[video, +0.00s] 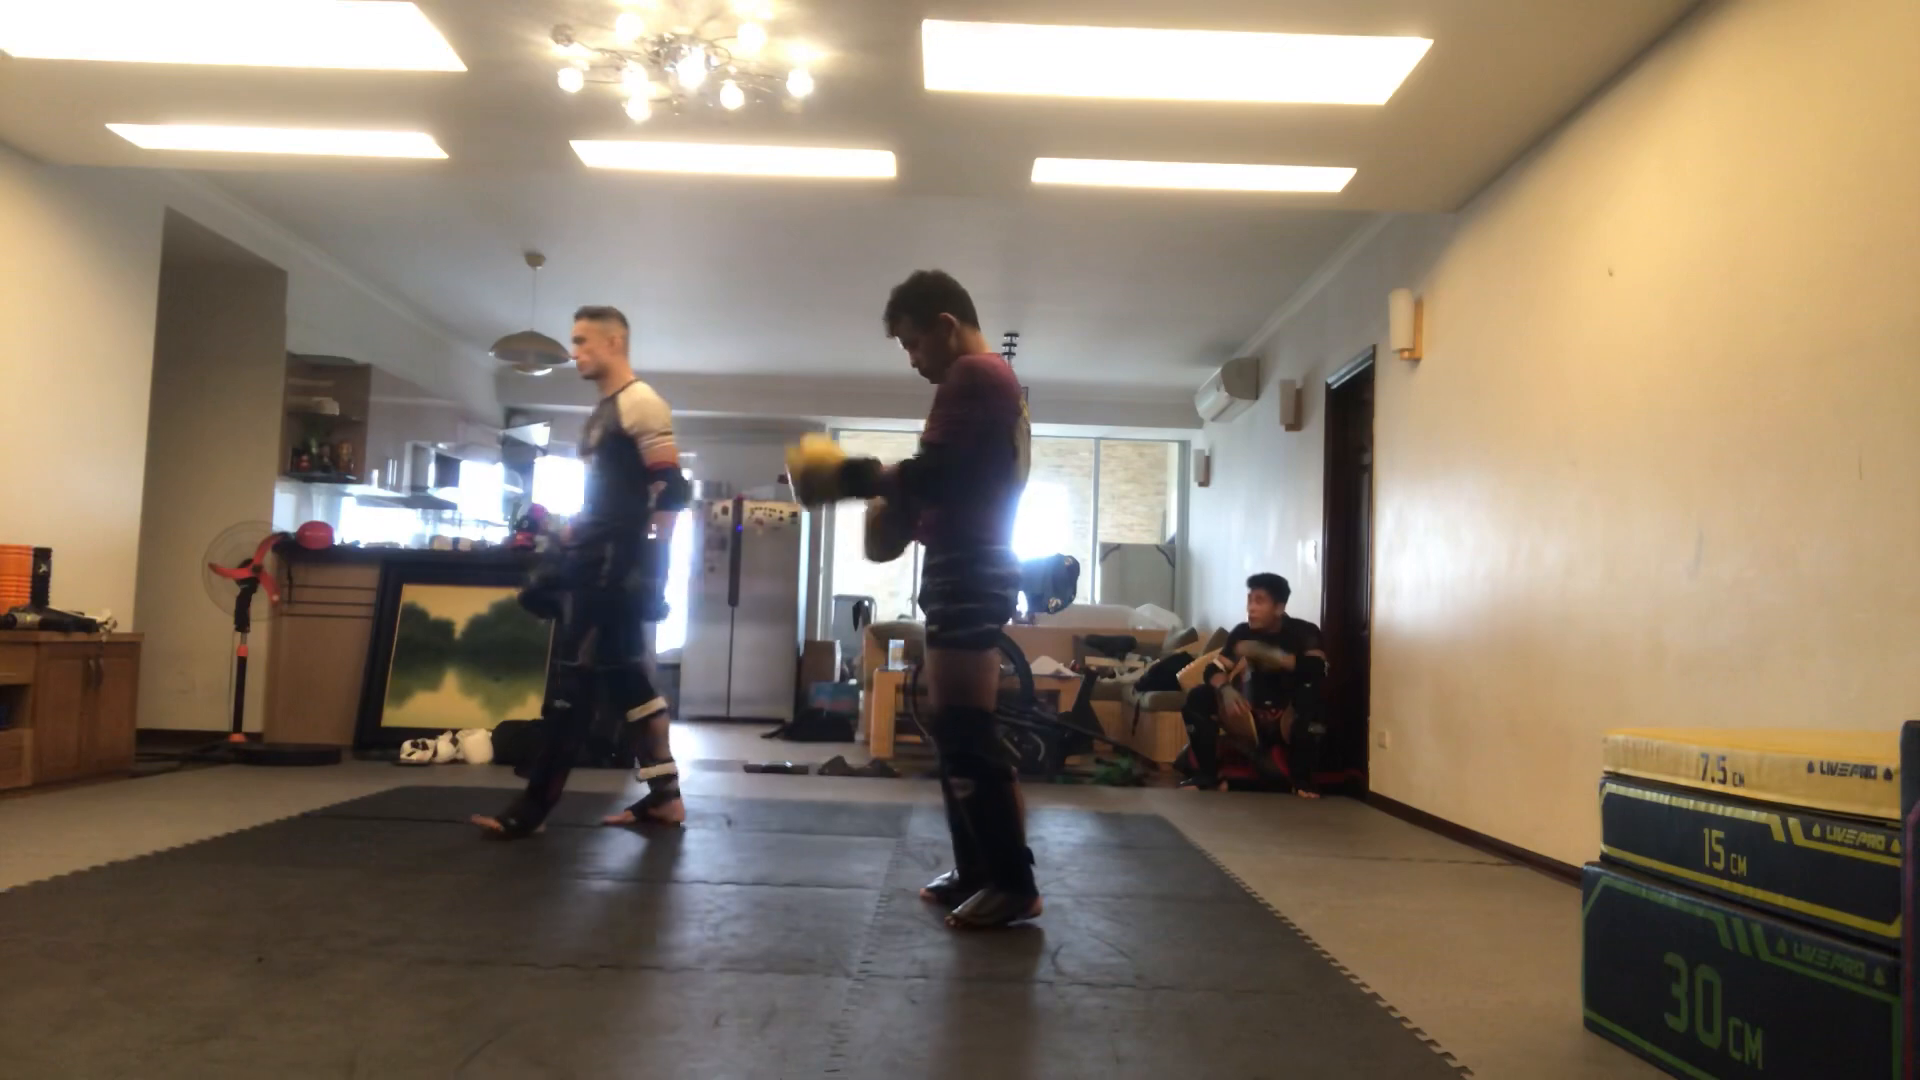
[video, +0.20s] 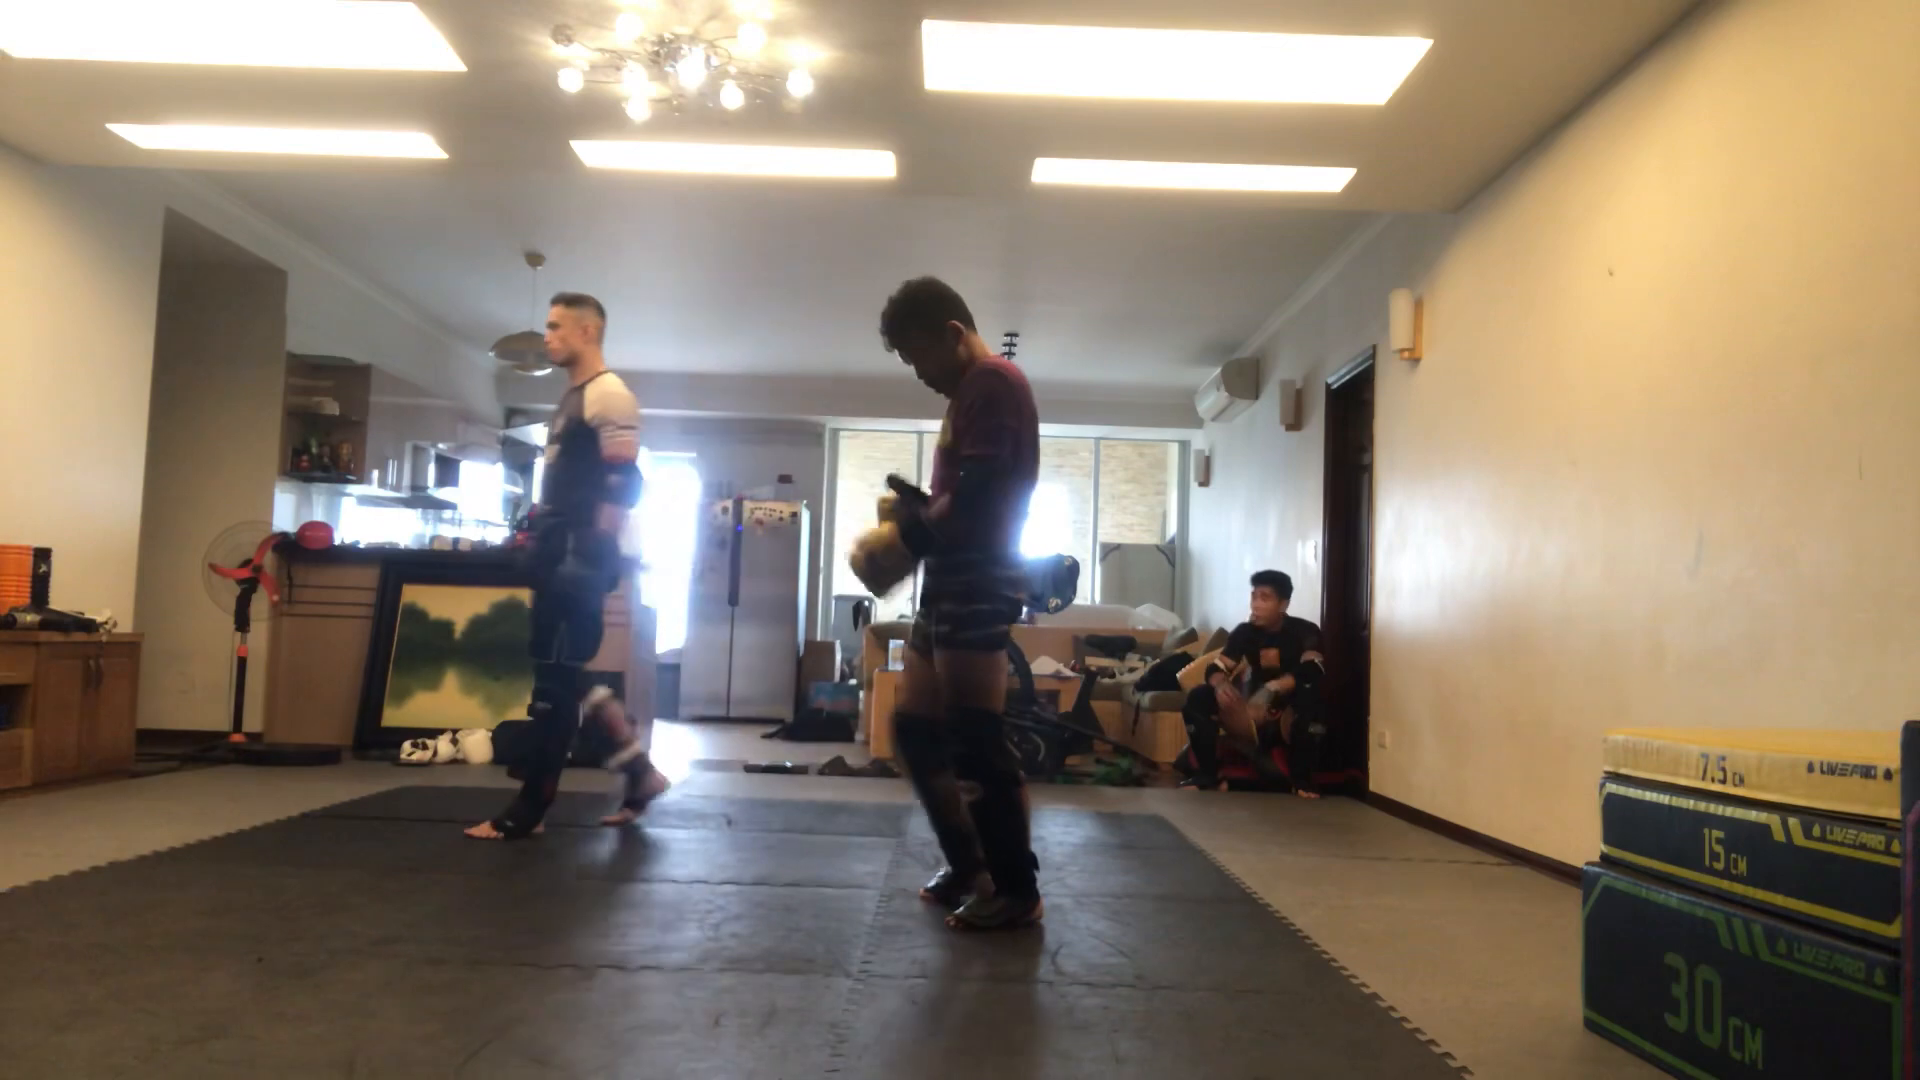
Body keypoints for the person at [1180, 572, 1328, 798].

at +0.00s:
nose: (1250, 608)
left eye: (1259, 601)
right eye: (1250, 601)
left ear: (1279, 607)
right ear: (1247, 602)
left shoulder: (1304, 632)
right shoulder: (1241, 634)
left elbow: (1317, 668)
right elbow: (1215, 671)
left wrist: (1276, 658)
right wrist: (1226, 690)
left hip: (1287, 720)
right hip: (1245, 720)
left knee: (1311, 697)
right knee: (1198, 698)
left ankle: (1303, 781)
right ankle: (1207, 776)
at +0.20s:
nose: (1255, 605)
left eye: (1264, 599)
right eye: (1254, 598)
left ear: (1283, 604)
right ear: (1251, 599)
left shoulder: (1305, 631)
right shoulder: (1244, 632)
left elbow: (1312, 669)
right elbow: (1216, 669)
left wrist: (1269, 690)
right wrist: (1220, 684)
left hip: (1287, 719)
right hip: (1247, 718)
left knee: (1310, 698)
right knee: (1199, 697)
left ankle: (1302, 781)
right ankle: (1207, 777)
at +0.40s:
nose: (1276, 612)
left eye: (1282, 605)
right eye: (1269, 605)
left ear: (1290, 605)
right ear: (1256, 607)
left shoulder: (1306, 631)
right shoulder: (1245, 633)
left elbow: (1306, 671)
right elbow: (1218, 668)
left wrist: (1265, 699)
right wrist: (1222, 685)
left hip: (1291, 704)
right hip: (1249, 702)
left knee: (1312, 708)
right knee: (1198, 698)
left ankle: (1302, 781)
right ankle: (1208, 776)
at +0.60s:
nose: (1280, 614)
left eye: (1286, 606)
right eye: (1273, 606)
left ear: (1294, 605)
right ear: (1258, 606)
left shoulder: (1307, 632)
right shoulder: (1246, 632)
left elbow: (1298, 677)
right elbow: (1218, 670)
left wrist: (1264, 707)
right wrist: (1242, 675)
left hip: (1288, 703)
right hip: (1244, 700)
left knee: (1311, 712)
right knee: (1199, 698)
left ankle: (1302, 781)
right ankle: (1208, 776)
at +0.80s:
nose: (1283, 613)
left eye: (1289, 606)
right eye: (1275, 606)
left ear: (1295, 604)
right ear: (1260, 606)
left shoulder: (1309, 632)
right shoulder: (1248, 631)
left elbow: (1299, 672)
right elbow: (1225, 671)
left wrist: (1265, 707)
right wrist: (1262, 673)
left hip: (1287, 712)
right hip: (1246, 711)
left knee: (1311, 704)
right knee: (1199, 697)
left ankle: (1303, 782)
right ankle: (1208, 776)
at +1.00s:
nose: (1285, 612)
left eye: (1291, 604)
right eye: (1277, 605)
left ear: (1297, 603)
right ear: (1263, 605)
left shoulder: (1309, 630)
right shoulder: (1249, 630)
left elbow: (1293, 671)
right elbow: (1227, 669)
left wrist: (1259, 707)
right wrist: (1266, 670)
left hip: (1287, 714)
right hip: (1247, 711)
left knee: (1313, 704)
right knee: (1198, 697)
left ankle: (1303, 782)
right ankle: (1208, 776)